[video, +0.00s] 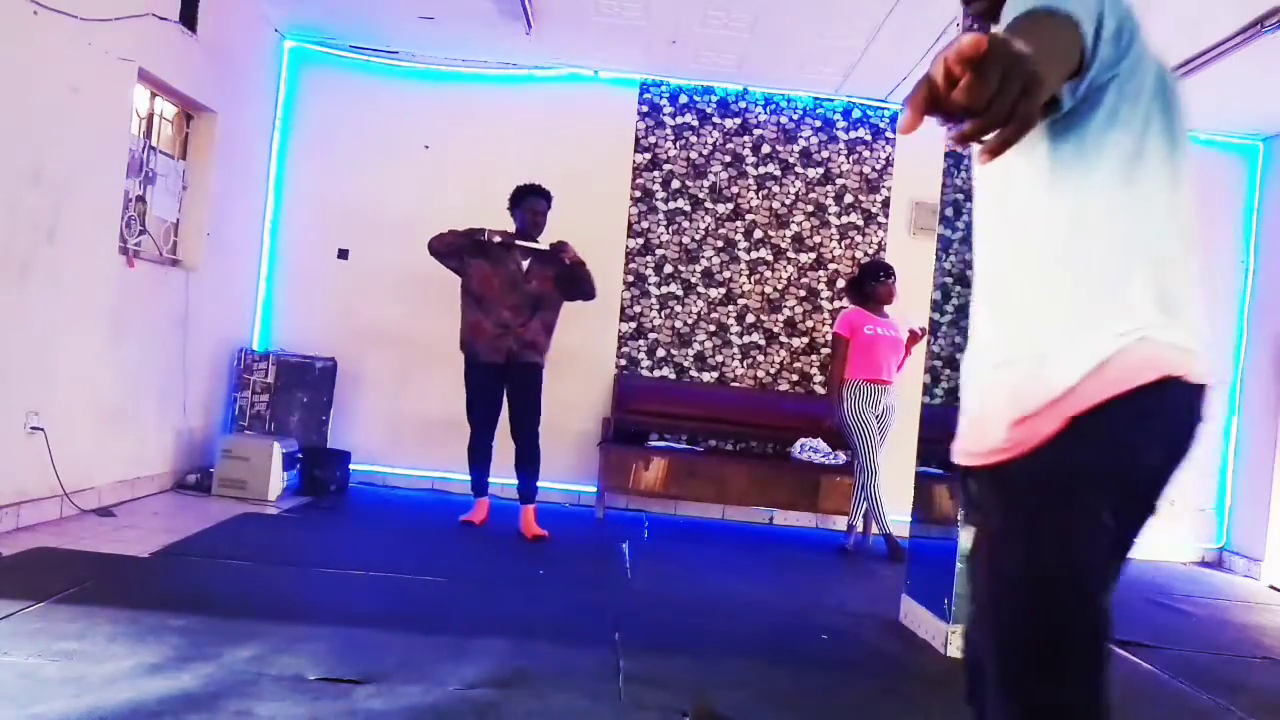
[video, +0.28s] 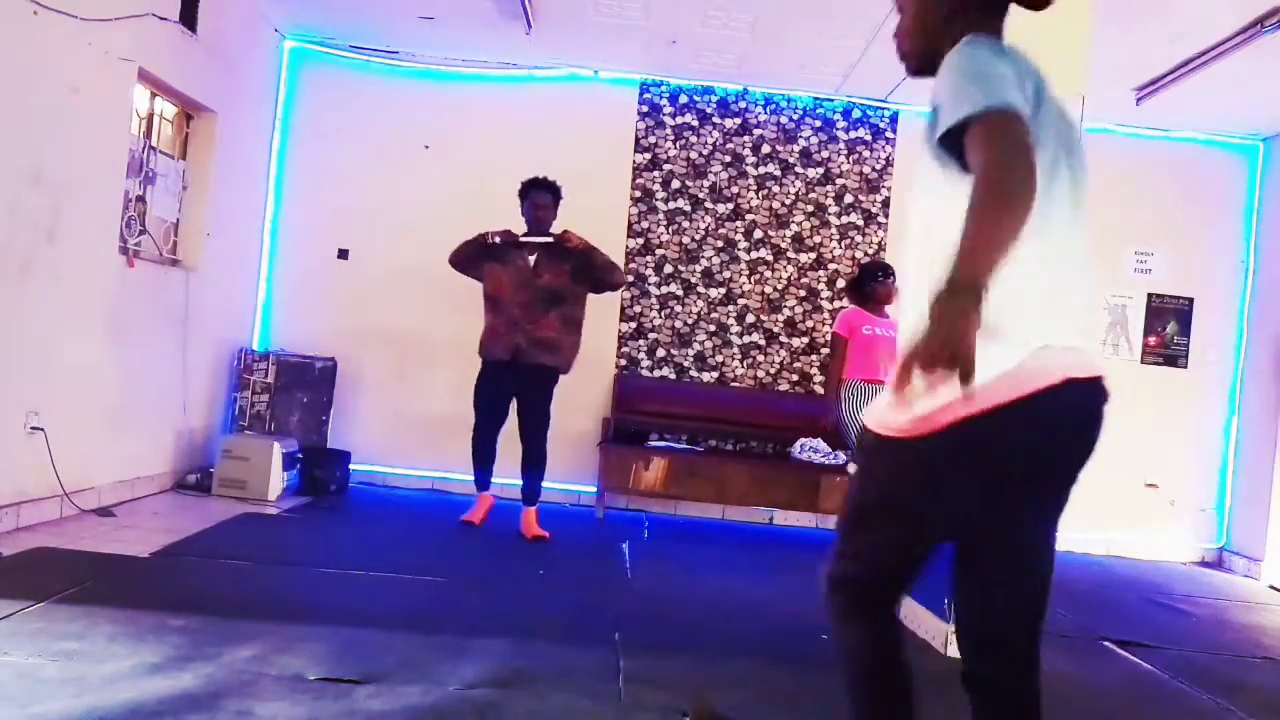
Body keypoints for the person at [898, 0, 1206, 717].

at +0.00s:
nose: (973, 12)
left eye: (977, 4)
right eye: (972, 13)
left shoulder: (1086, 7)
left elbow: (1058, 26)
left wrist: (1014, 70)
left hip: (1107, 381)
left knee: (1033, 674)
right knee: (1005, 667)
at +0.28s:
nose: (894, 22)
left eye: (903, 5)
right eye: (898, 6)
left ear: (946, 7)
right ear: (988, 11)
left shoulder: (974, 60)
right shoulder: (1044, 99)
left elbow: (1009, 170)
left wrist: (957, 302)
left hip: (974, 399)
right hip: (1054, 397)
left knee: (859, 590)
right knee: (1000, 639)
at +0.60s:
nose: (834, 75)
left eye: (839, 64)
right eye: (836, 63)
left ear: (857, 66)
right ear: (916, 71)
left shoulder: (866, 134)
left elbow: (902, 262)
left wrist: (904, 413)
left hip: (859, 406)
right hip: (947, 404)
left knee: (829, 613)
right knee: (922, 612)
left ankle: (829, 714)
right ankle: (950, 715)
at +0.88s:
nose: (800, 98)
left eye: (808, 85)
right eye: (804, 84)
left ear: (839, 90)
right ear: (873, 97)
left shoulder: (805, 150)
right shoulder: (927, 186)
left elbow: (756, 245)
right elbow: (951, 304)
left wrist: (666, 338)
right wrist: (956, 414)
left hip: (818, 375)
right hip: (892, 388)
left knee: (820, 556)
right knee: (833, 552)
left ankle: (826, 706)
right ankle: (833, 698)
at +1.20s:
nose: (768, 140)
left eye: (777, 128)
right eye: (773, 127)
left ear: (802, 134)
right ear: (830, 144)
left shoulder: (771, 187)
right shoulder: (873, 217)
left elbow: (728, 271)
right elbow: (885, 330)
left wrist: (648, 328)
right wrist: (888, 421)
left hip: (782, 386)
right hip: (848, 395)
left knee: (758, 523)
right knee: (803, 535)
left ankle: (789, 663)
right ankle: (779, 675)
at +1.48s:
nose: (742, 143)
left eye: (751, 133)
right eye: (747, 131)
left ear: (776, 141)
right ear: (798, 148)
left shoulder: (753, 194)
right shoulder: (834, 216)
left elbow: (761, 287)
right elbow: (841, 306)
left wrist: (762, 385)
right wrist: (828, 382)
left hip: (751, 374)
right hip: (814, 376)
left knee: (729, 510)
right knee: (795, 524)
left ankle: (717, 633)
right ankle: (783, 674)